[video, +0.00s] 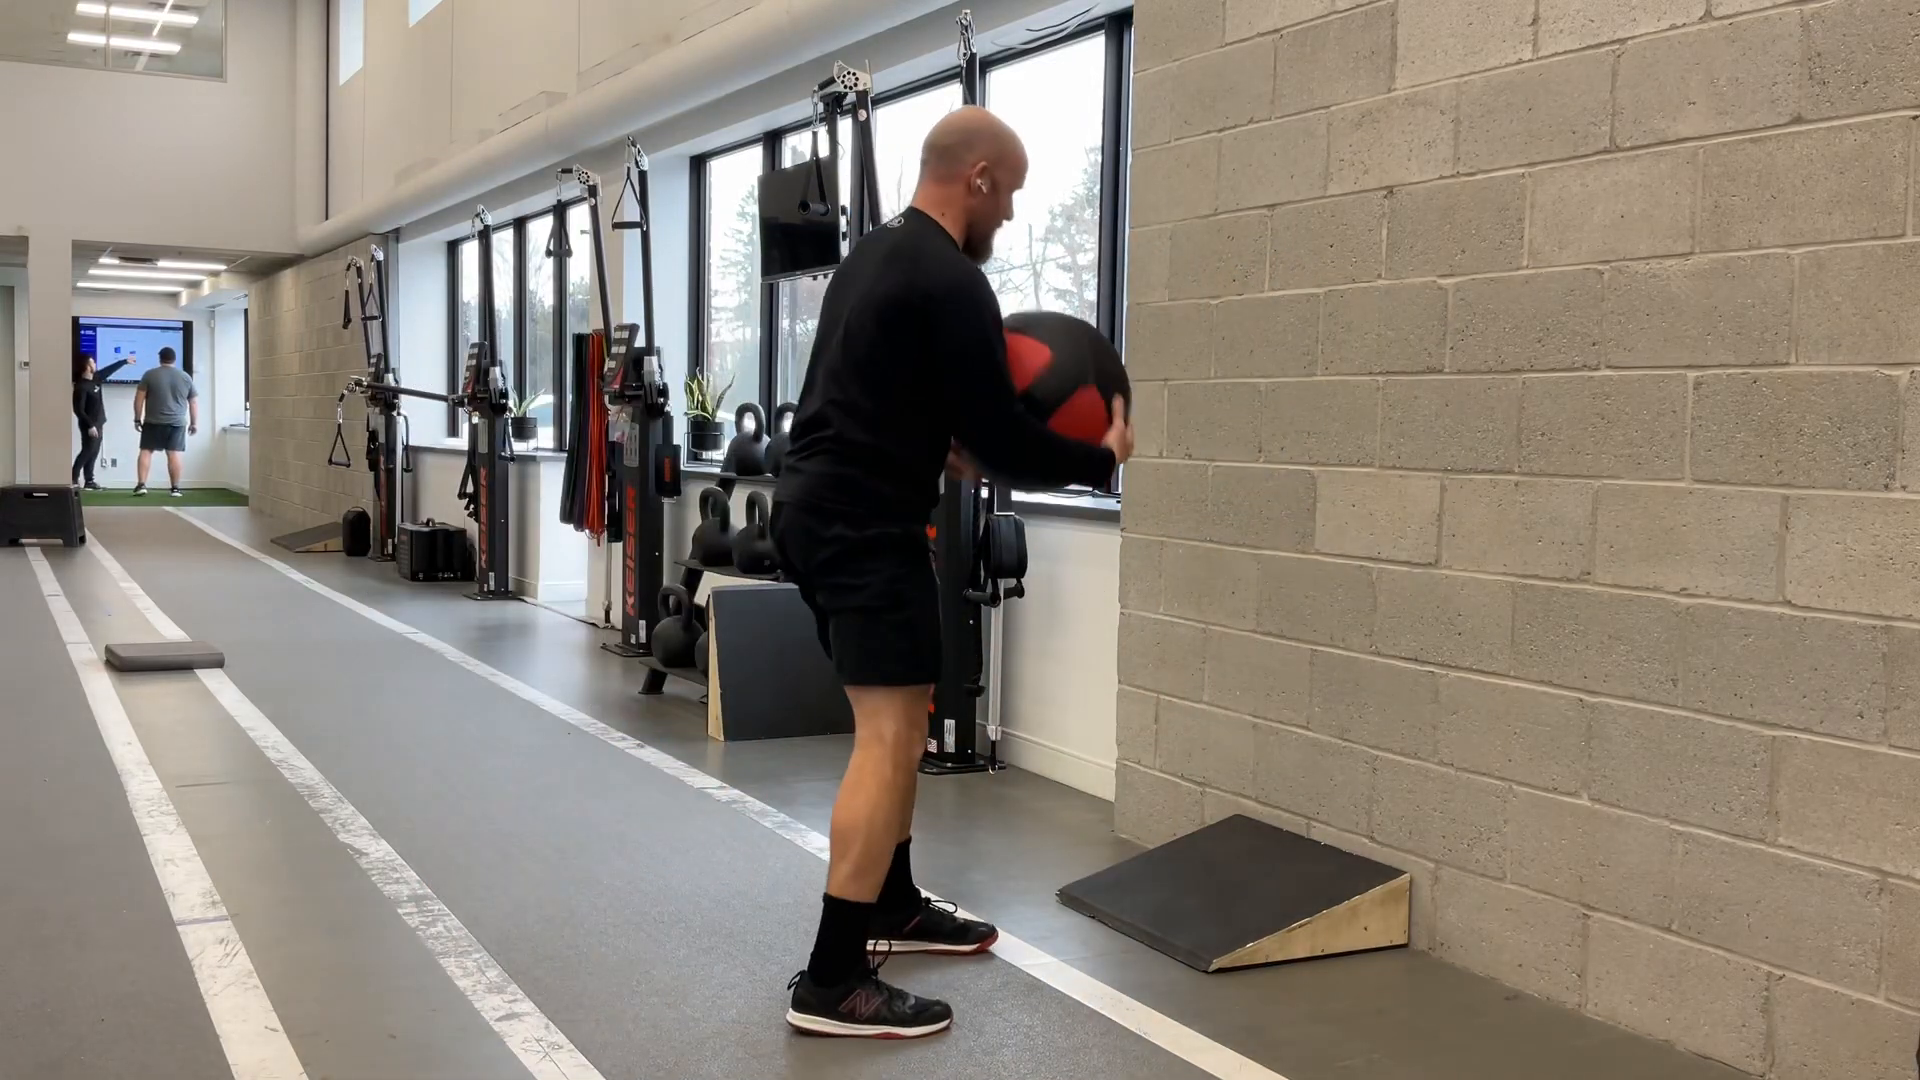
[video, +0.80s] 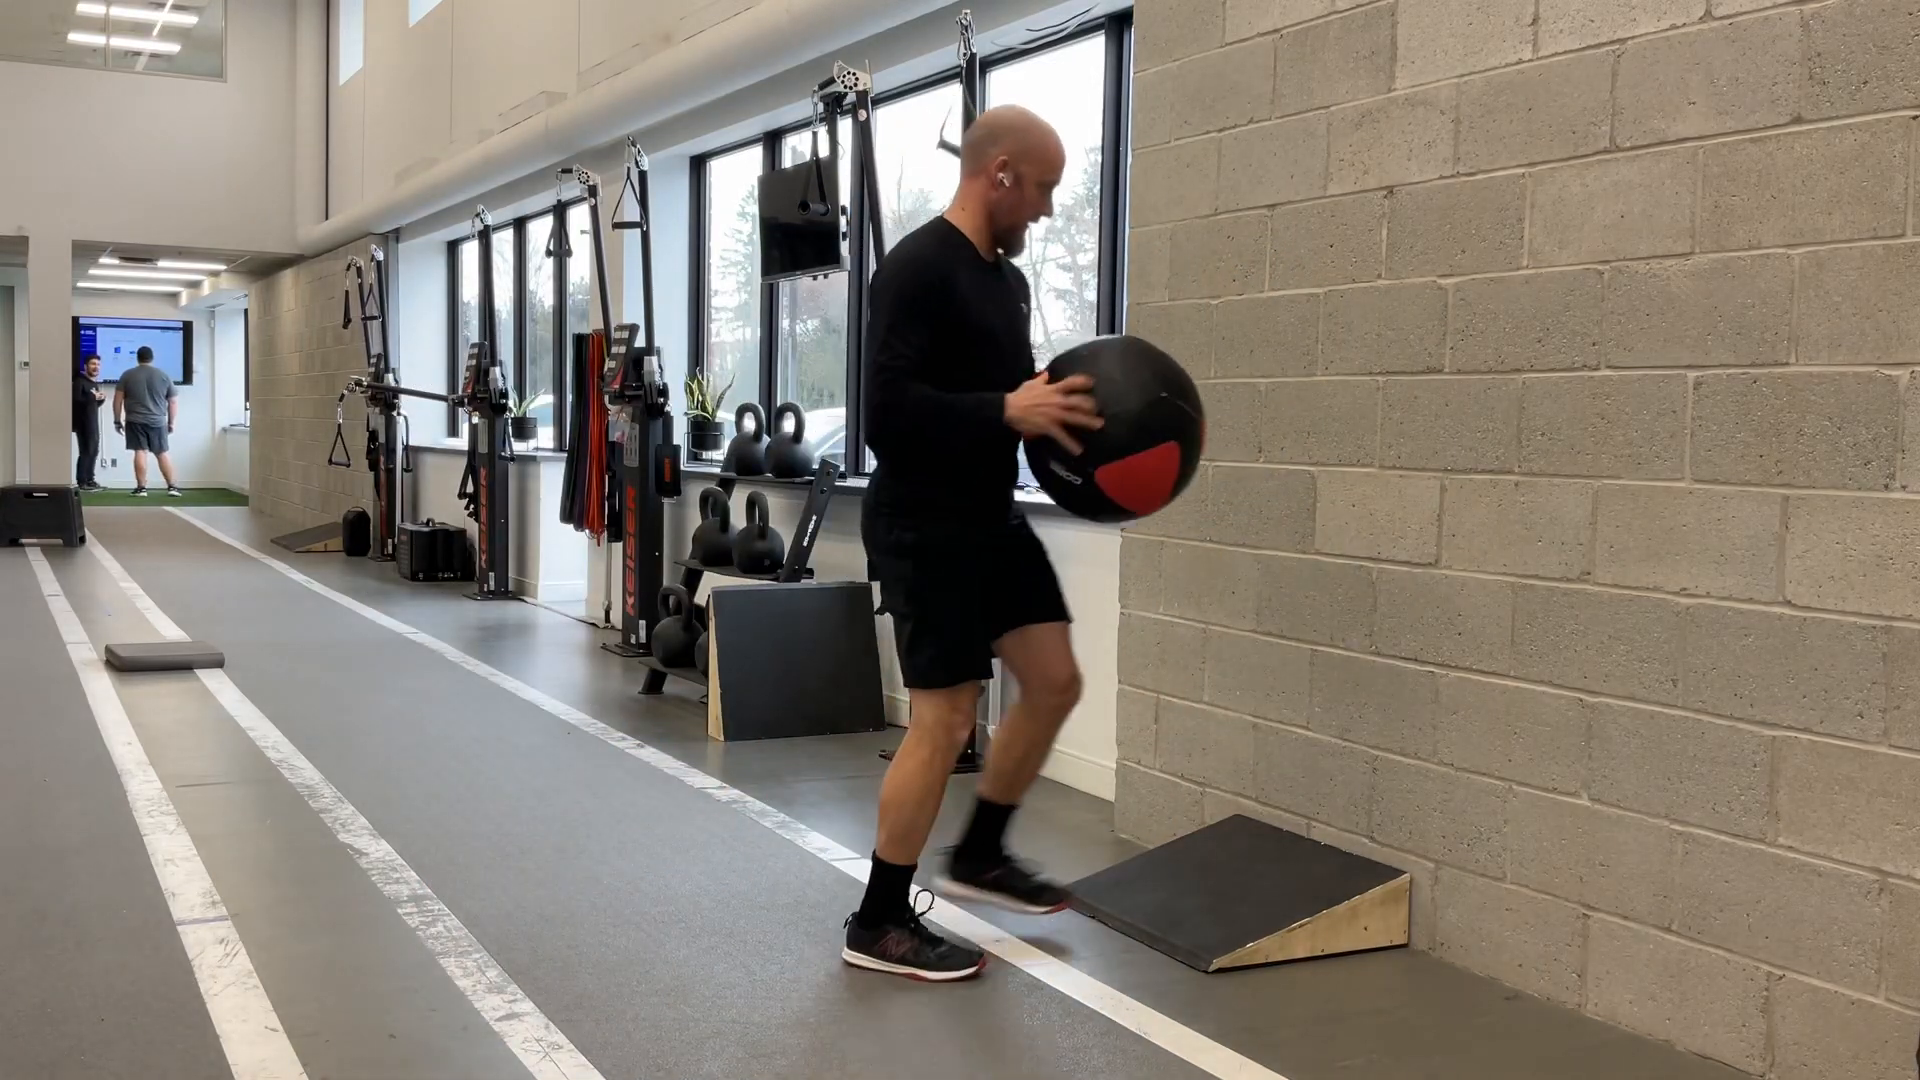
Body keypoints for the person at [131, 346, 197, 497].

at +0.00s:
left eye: (161, 358)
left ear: (159, 359)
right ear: (174, 359)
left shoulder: (150, 375)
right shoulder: (185, 377)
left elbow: (139, 397)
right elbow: (193, 402)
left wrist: (137, 418)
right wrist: (193, 423)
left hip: (153, 422)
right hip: (176, 423)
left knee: (146, 451)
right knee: (174, 454)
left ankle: (141, 484)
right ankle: (175, 488)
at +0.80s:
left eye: (141, 357)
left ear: (138, 358)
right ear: (152, 358)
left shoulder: (128, 375)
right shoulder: (163, 376)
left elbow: (118, 399)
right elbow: (172, 401)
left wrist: (117, 420)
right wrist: (171, 422)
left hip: (135, 422)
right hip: (157, 422)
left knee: (140, 452)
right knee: (162, 454)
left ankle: (141, 487)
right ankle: (172, 486)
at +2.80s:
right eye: (163, 358)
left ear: (151, 359)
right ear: (166, 359)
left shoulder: (141, 375)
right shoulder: (177, 377)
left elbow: (132, 398)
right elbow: (187, 400)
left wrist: (131, 420)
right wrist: (186, 422)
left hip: (148, 422)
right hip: (170, 423)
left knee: (145, 452)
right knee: (163, 452)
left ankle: (145, 483)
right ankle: (160, 487)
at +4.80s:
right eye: (162, 360)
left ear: (150, 361)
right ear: (165, 361)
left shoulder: (141, 377)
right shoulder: (177, 378)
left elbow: (133, 401)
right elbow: (188, 401)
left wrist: (136, 422)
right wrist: (187, 423)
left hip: (152, 423)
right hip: (174, 423)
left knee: (150, 453)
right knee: (165, 453)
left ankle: (157, 472)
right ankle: (160, 488)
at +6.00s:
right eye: (163, 361)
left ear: (151, 362)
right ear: (166, 362)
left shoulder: (142, 377)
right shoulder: (176, 378)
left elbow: (133, 402)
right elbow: (190, 400)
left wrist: (138, 421)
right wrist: (191, 422)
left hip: (152, 423)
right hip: (174, 424)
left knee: (150, 453)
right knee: (166, 452)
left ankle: (158, 471)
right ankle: (162, 486)